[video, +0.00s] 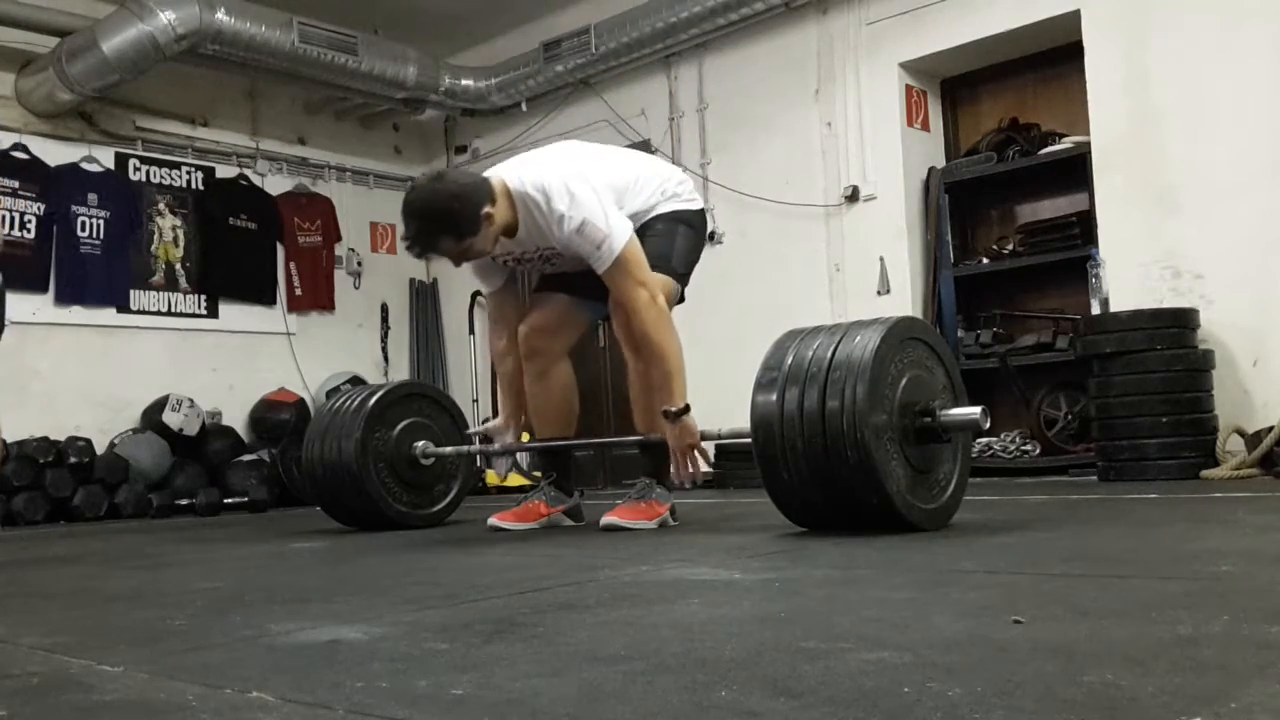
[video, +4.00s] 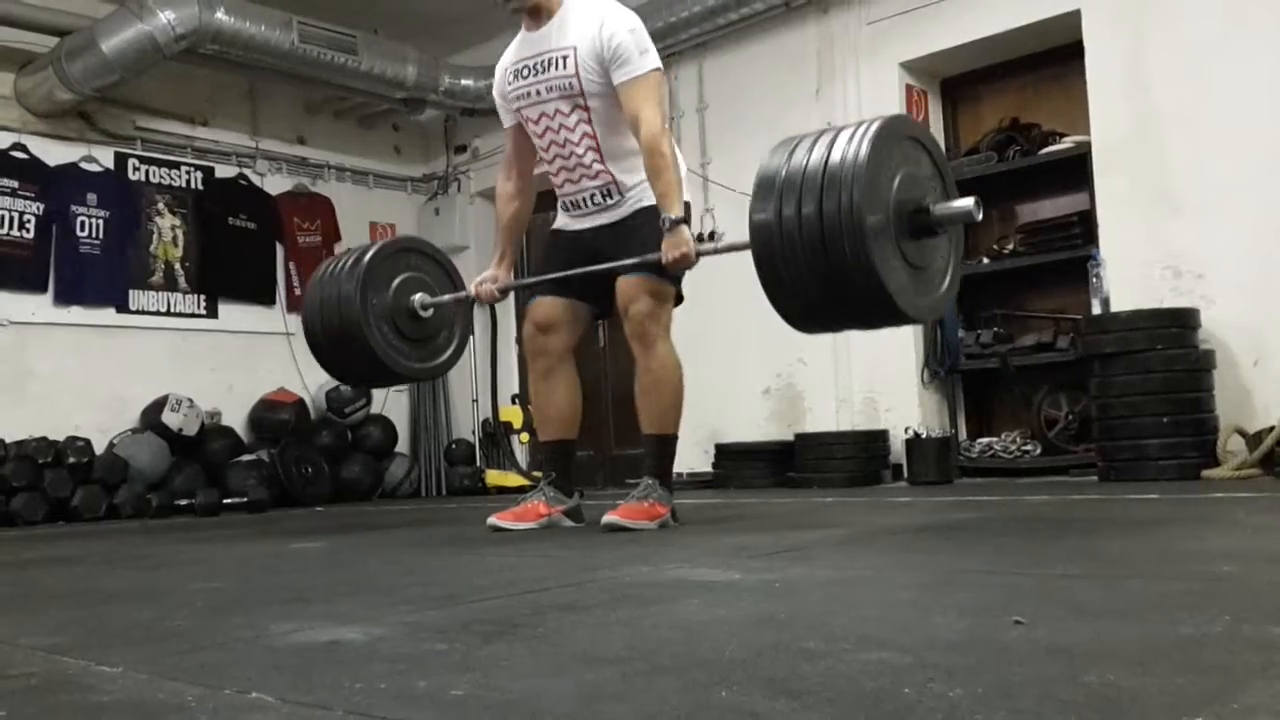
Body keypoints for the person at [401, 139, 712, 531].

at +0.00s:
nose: (464, 265)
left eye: (466, 254)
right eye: (454, 260)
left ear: (488, 219)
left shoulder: (567, 200)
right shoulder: (478, 241)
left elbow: (640, 298)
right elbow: (505, 327)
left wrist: (676, 410)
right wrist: (509, 421)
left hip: (664, 210)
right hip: (589, 235)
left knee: (636, 320)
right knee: (538, 338)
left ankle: (654, 489)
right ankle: (558, 492)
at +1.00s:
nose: (467, 168)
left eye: (476, 148)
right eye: (457, 156)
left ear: (518, 141)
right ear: (452, 160)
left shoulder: (594, 205)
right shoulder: (495, 239)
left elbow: (654, 300)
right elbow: (508, 334)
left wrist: (669, 406)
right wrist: (497, 422)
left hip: (684, 297)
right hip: (597, 321)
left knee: (613, 326)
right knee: (511, 348)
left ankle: (651, 489)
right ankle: (557, 494)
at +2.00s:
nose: (444, 59)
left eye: (454, 40)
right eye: (435, 47)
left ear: (496, 33)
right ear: (432, 54)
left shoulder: (574, 98)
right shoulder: (479, 145)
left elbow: (637, 198)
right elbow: (496, 244)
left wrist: (661, 294)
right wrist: (485, 334)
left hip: (654, 212)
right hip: (582, 236)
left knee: (634, 309)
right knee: (535, 328)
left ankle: (652, 489)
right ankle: (553, 491)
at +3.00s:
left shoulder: (648, 11)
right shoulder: (553, 43)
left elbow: (659, 93)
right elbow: (527, 138)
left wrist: (663, 171)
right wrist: (488, 224)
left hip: (615, 185)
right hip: (542, 198)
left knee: (632, 322)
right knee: (549, 335)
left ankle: (652, 488)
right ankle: (558, 492)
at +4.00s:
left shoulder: (608, 23)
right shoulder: (508, 69)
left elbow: (651, 127)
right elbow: (516, 175)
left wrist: (674, 219)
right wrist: (502, 261)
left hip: (639, 207)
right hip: (572, 221)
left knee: (643, 317)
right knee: (543, 333)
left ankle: (657, 487)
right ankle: (557, 491)